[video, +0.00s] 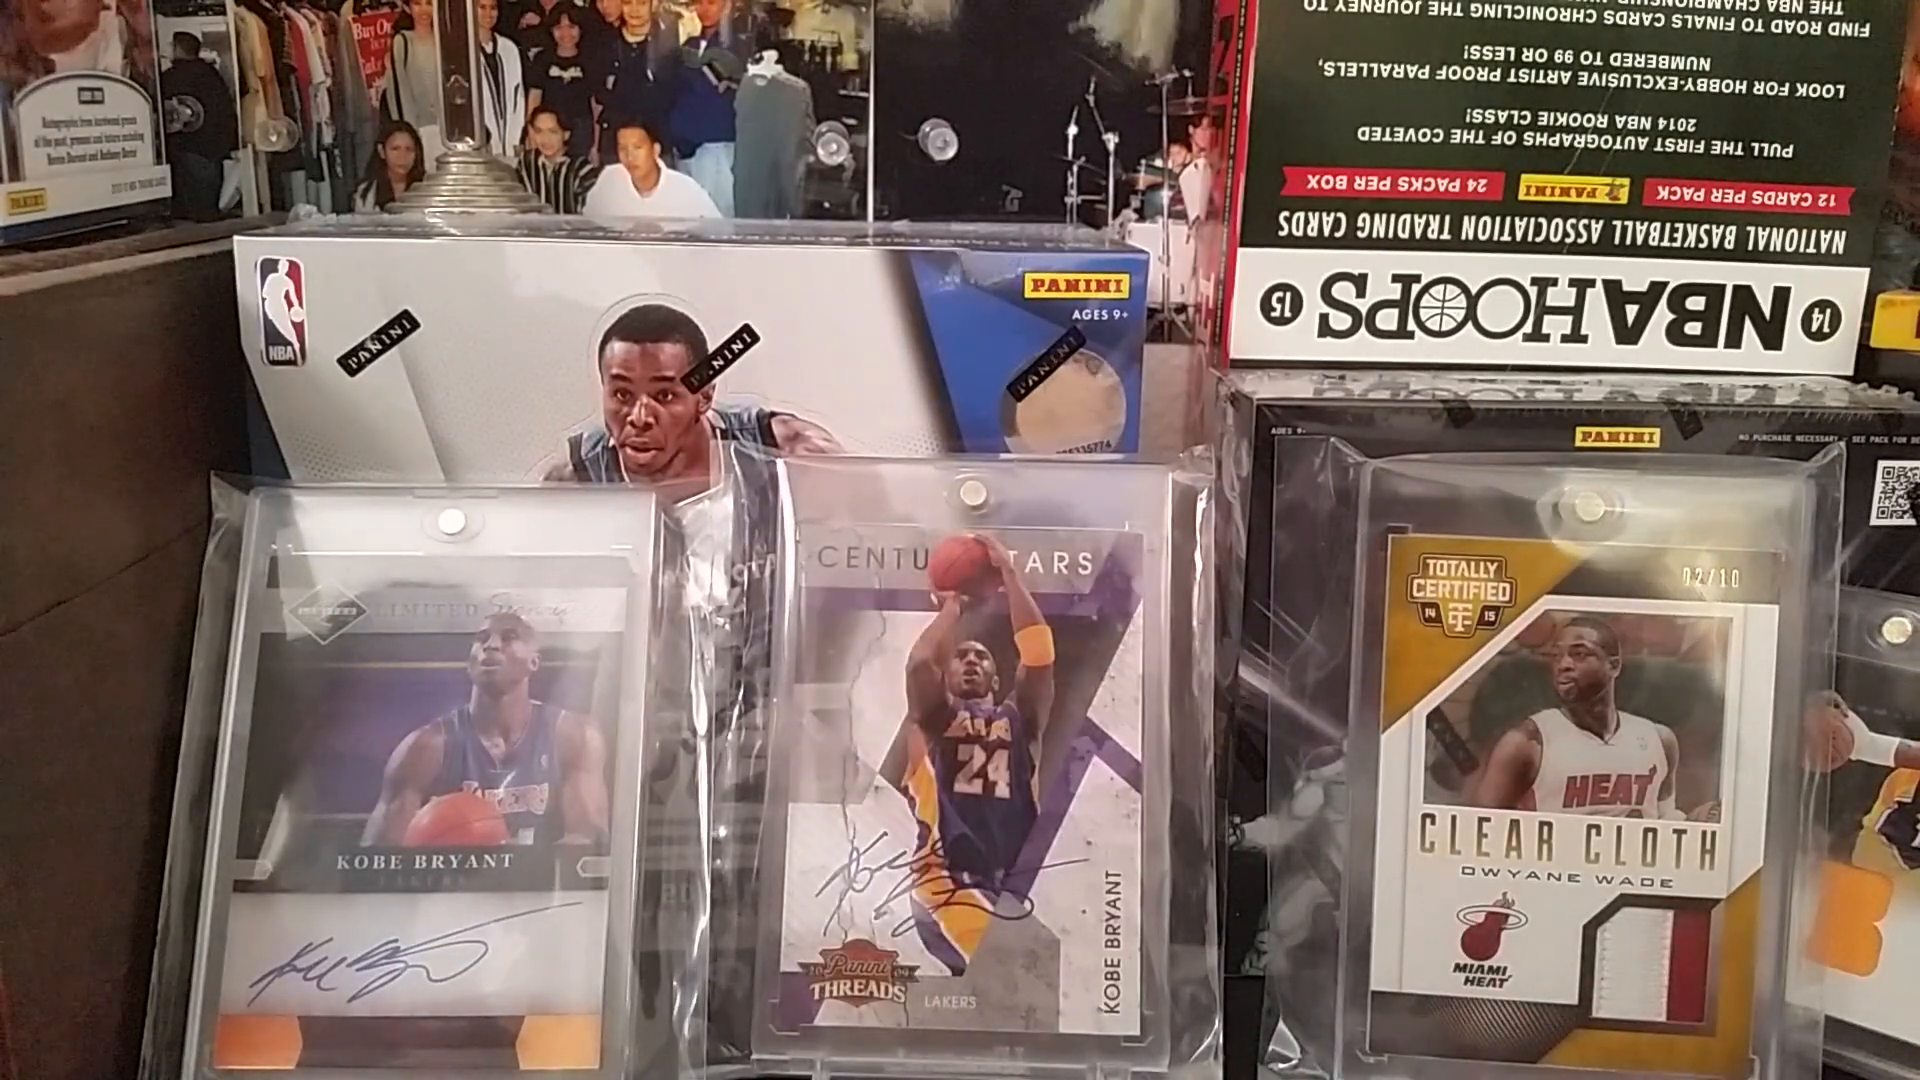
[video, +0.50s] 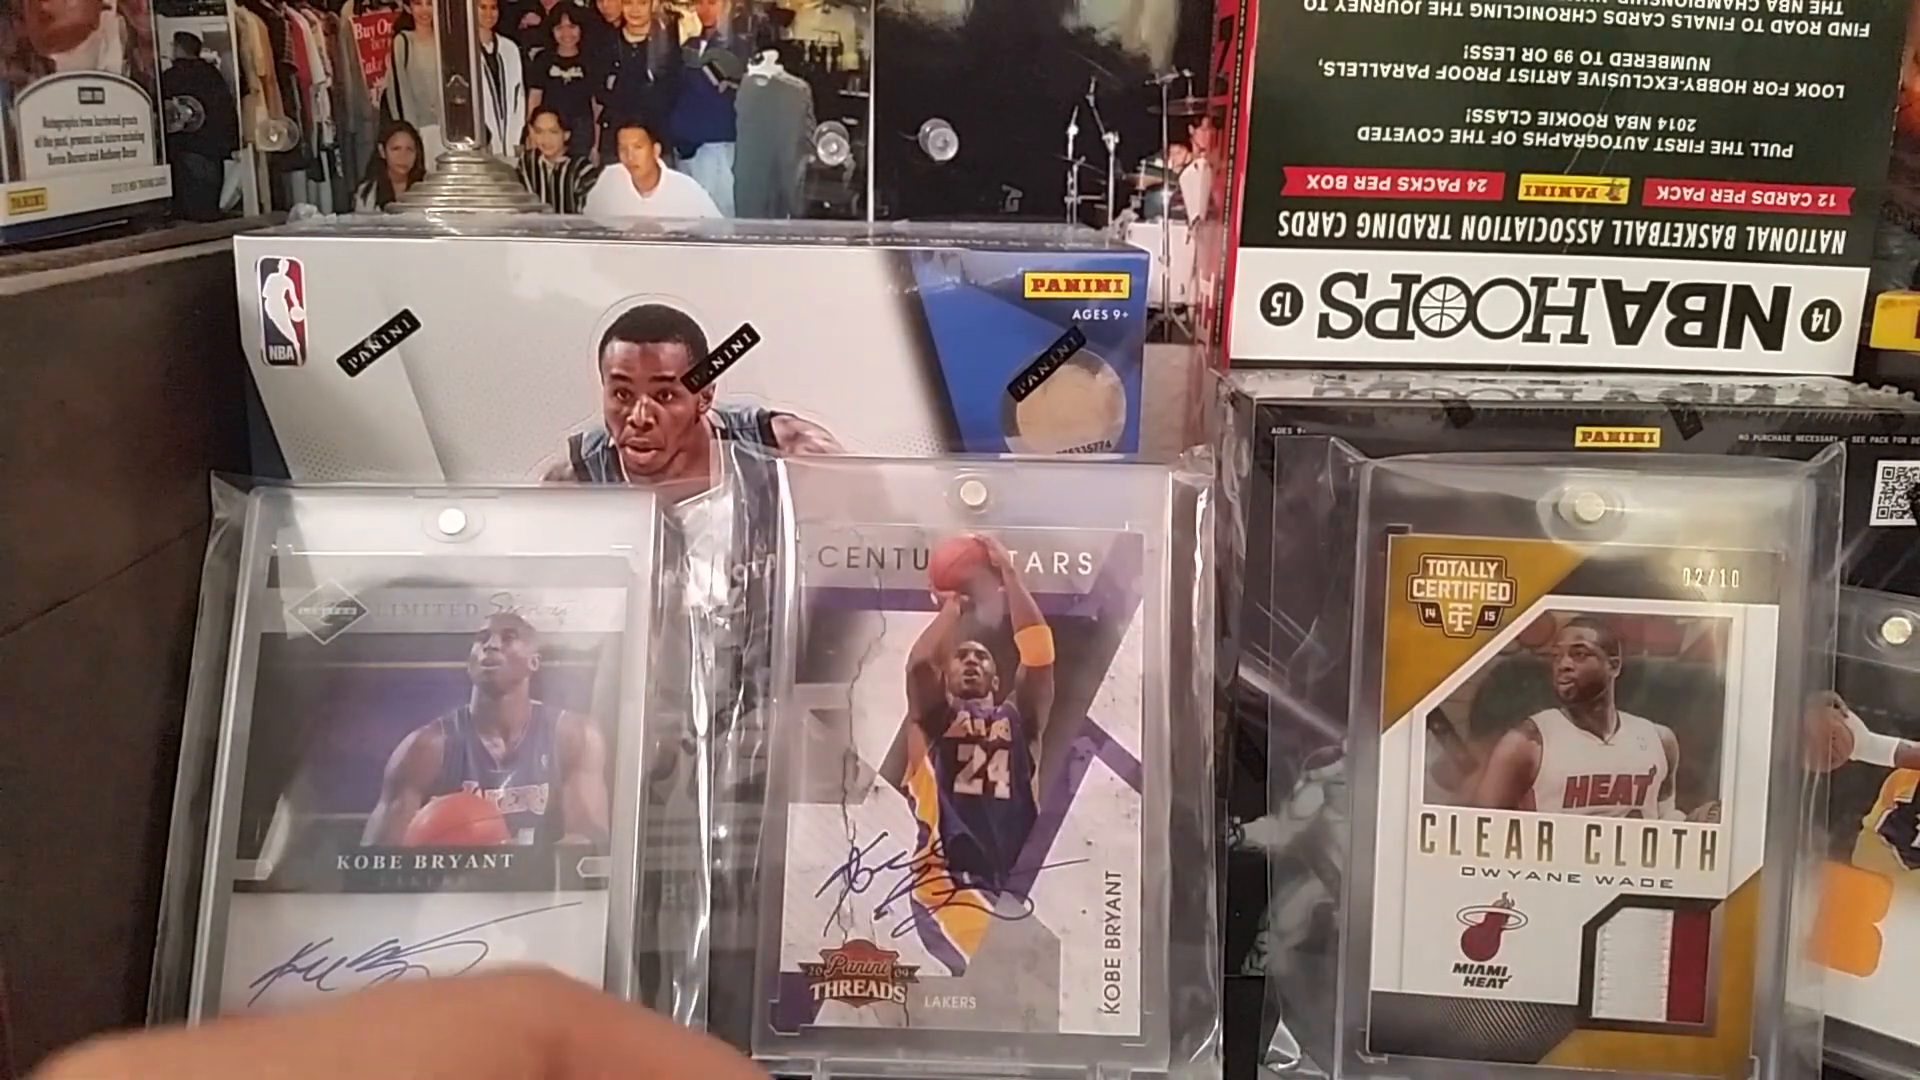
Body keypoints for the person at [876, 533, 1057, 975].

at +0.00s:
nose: (972, 661)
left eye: (982, 656)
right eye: (961, 655)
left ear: (996, 676)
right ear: (943, 673)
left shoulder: (1020, 719)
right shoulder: (933, 717)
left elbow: (1037, 651)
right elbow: (920, 662)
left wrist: (1009, 572)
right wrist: (953, 604)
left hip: (1007, 885)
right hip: (946, 884)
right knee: (1017, 972)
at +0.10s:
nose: (972, 661)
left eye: (982, 657)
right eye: (960, 656)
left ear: (996, 677)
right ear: (943, 674)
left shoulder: (1020, 719)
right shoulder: (932, 718)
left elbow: (1037, 651)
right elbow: (919, 665)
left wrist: (1009, 572)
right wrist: (952, 604)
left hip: (1009, 884)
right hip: (945, 883)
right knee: (1020, 970)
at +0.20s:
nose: (972, 661)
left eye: (982, 657)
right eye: (960, 656)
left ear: (996, 677)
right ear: (944, 674)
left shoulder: (1021, 719)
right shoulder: (932, 718)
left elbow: (1037, 650)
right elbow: (919, 664)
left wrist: (1009, 572)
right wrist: (951, 605)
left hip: (1011, 884)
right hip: (945, 882)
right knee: (1020, 967)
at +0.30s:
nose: (972, 661)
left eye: (982, 657)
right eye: (960, 656)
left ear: (996, 677)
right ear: (943, 674)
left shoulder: (1021, 719)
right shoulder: (932, 718)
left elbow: (1037, 650)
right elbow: (919, 664)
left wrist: (1009, 572)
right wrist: (951, 604)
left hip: (1010, 885)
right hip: (945, 883)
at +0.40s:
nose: (972, 661)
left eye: (982, 657)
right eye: (961, 656)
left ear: (996, 676)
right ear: (943, 673)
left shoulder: (1020, 718)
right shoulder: (932, 717)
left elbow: (1037, 651)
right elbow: (920, 663)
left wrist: (1009, 571)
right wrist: (953, 602)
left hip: (1010, 883)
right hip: (945, 882)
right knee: (1018, 964)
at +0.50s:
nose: (972, 661)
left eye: (982, 657)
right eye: (961, 656)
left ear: (996, 677)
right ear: (943, 674)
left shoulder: (1021, 718)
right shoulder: (932, 717)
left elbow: (1037, 651)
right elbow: (919, 664)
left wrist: (1009, 572)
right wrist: (952, 605)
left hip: (1009, 885)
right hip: (945, 883)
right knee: (1018, 966)